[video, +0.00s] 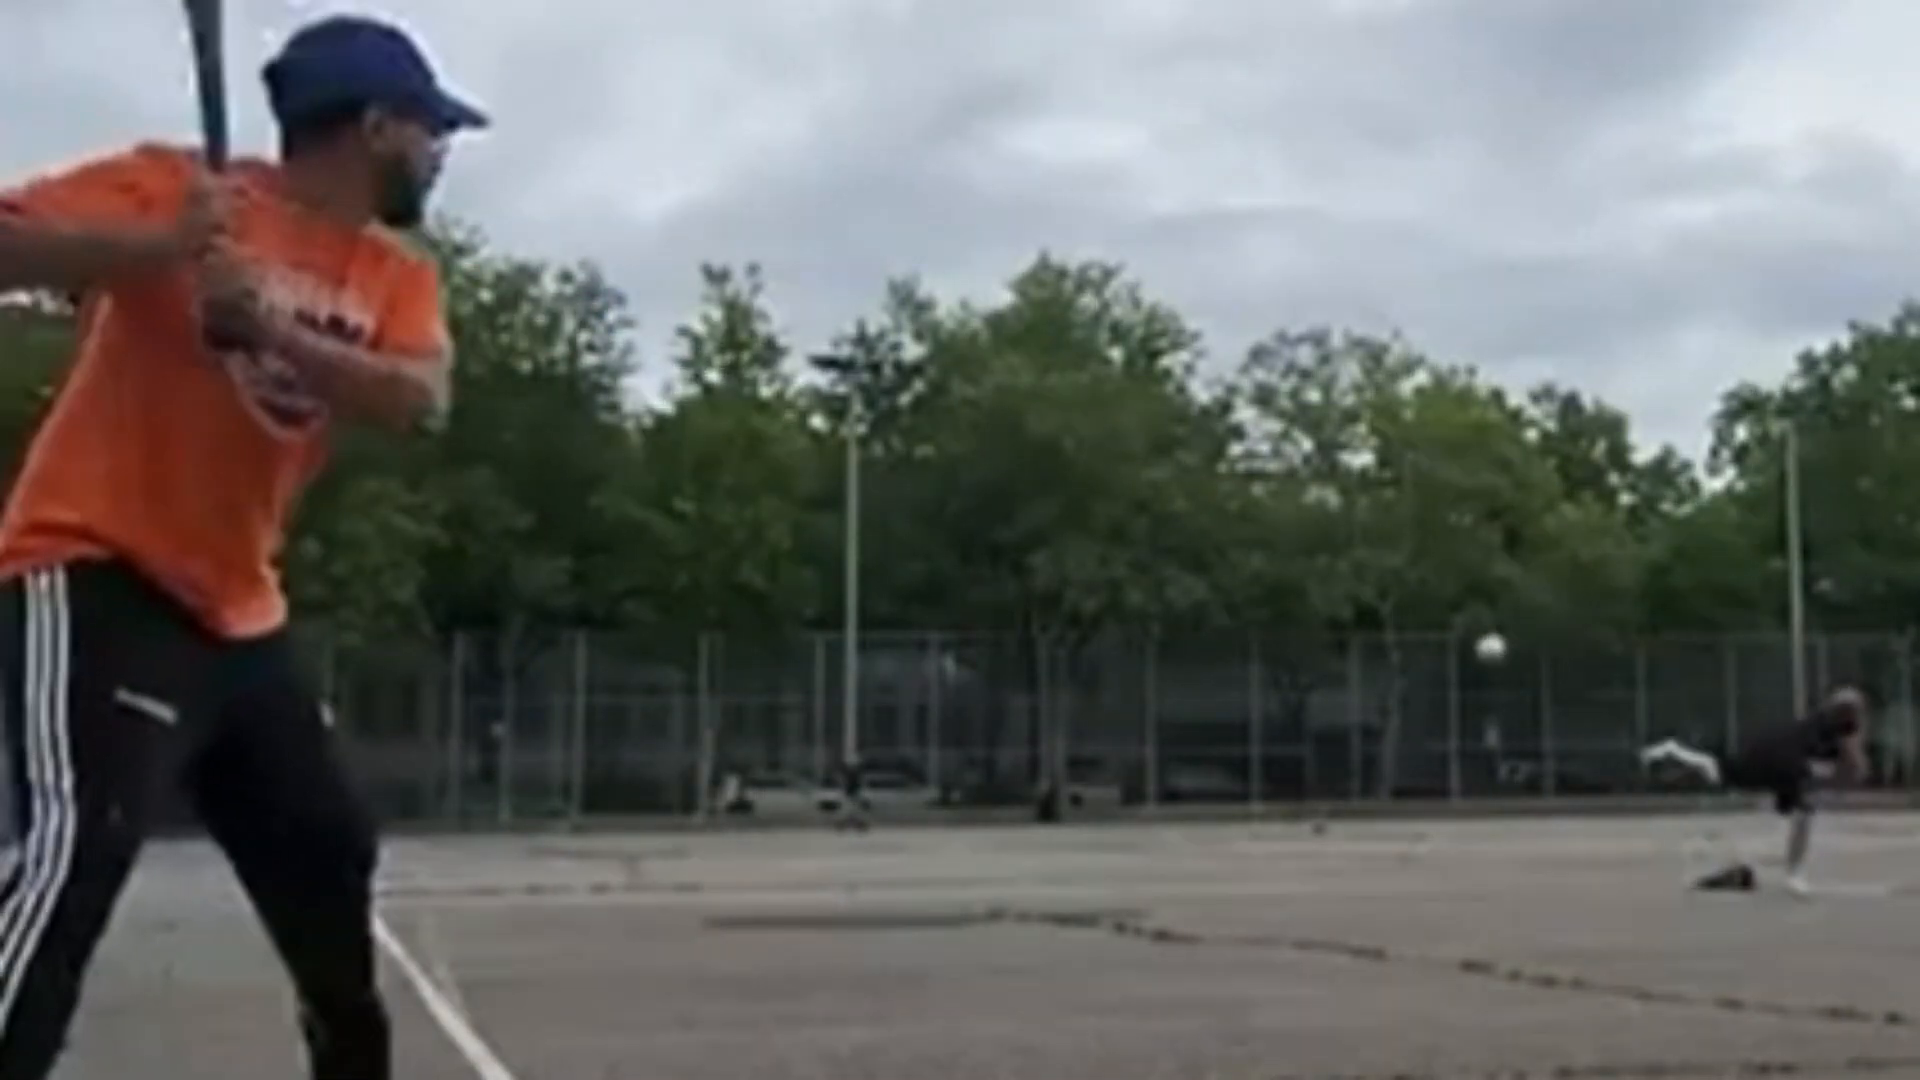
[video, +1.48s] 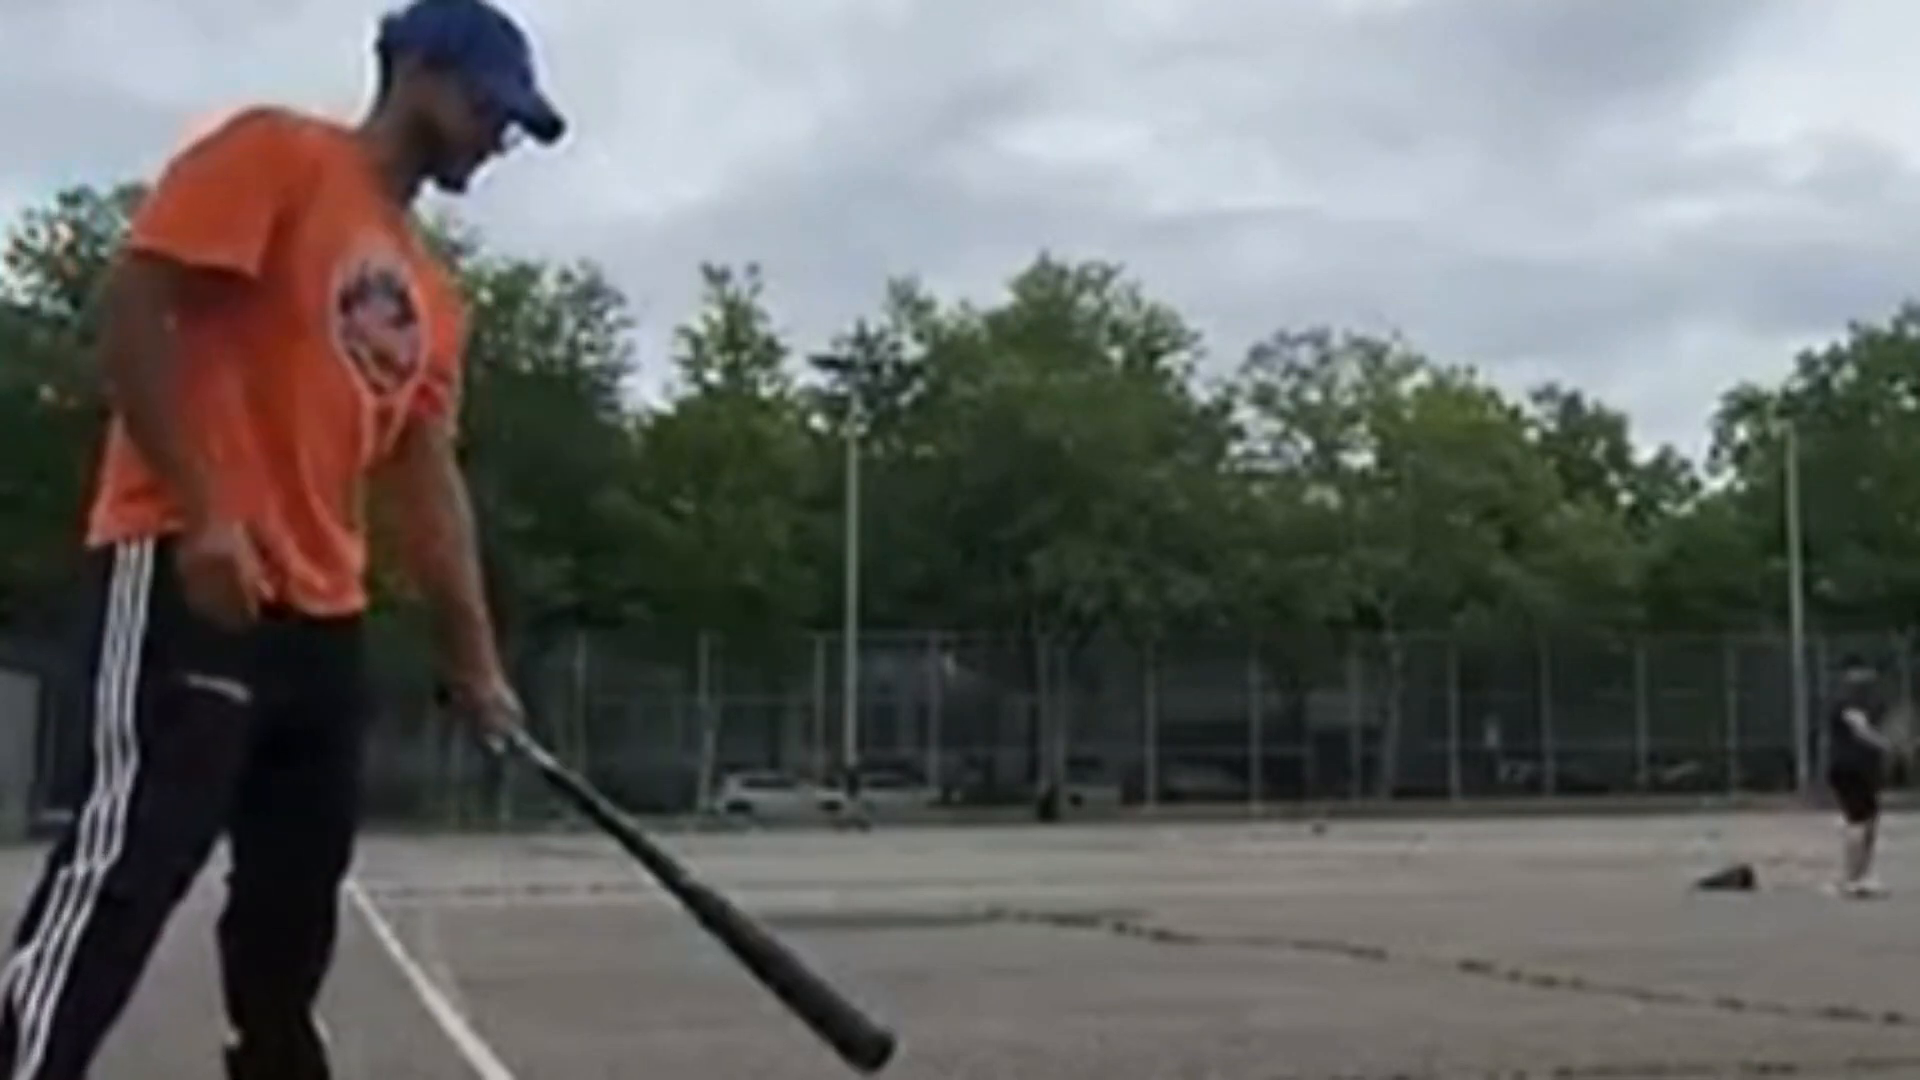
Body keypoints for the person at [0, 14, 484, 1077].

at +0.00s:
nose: (442, 150)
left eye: (441, 130)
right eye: (429, 127)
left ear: (373, 132)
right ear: (372, 126)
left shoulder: (399, 275)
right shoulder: (178, 184)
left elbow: (417, 398)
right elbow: (12, 239)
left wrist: (272, 328)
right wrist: (154, 243)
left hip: (230, 598)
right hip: (87, 559)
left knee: (324, 844)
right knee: (75, 838)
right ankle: (16, 1052)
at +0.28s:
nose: (472, 211)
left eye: (482, 193)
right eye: (458, 181)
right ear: (376, 150)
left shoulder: (436, 325)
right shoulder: (212, 261)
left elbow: (453, 508)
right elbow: (57, 429)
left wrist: (341, 519)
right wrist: (227, 432)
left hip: (311, 659)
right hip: (163, 625)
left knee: (436, 870)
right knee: (182, 891)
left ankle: (423, 1062)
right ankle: (41, 1065)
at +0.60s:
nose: (401, 74)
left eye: (414, 55)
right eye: (382, 43)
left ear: (412, 61)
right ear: (303, 20)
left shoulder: (381, 229)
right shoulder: (143, 132)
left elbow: (376, 423)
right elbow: (7, 308)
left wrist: (290, 441)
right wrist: (178, 346)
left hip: (268, 559)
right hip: (117, 531)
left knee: (336, 832)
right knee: (98, 861)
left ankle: (300, 1054)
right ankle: (14, 1058)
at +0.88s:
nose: (459, 124)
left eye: (473, 106)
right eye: (444, 93)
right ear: (363, 57)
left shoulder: (405, 258)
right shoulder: (207, 153)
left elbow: (383, 446)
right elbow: (36, 315)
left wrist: (347, 488)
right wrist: (243, 408)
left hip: (285, 589)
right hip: (142, 554)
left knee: (342, 849)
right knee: (91, 877)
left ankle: (297, 1061)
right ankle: (20, 1056)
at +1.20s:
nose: (490, 130)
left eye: (502, 113)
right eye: (482, 100)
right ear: (414, 64)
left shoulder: (413, 267)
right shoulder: (285, 155)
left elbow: (391, 451)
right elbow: (175, 344)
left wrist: (420, 578)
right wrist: (361, 529)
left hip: (315, 580)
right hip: (198, 546)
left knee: (306, 856)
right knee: (153, 829)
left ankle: (279, 1053)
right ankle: (38, 1058)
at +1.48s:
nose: (503, 137)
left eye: (514, 121)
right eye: (493, 108)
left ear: (450, 101)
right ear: (420, 71)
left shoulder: (436, 294)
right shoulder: (275, 148)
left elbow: (426, 474)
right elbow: (133, 308)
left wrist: (476, 659)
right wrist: (197, 511)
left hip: (318, 602)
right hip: (186, 562)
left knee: (299, 867)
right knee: (131, 853)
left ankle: (273, 1049)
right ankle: (33, 1058)